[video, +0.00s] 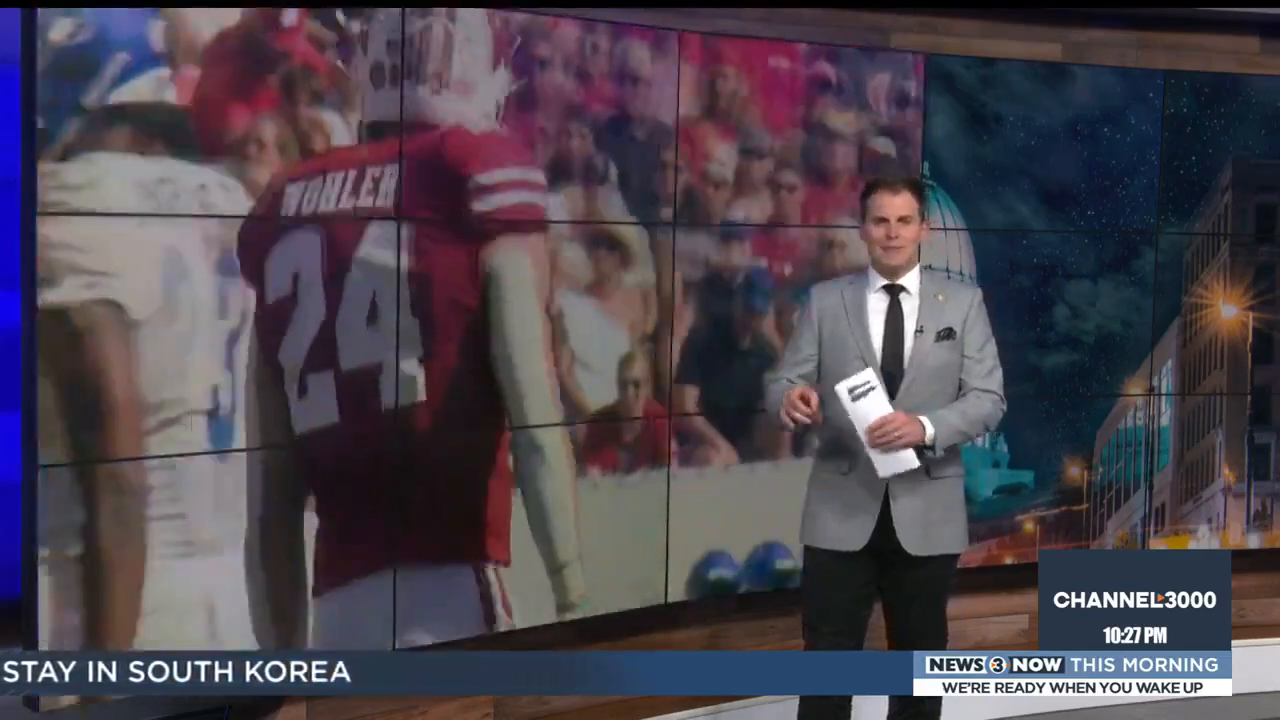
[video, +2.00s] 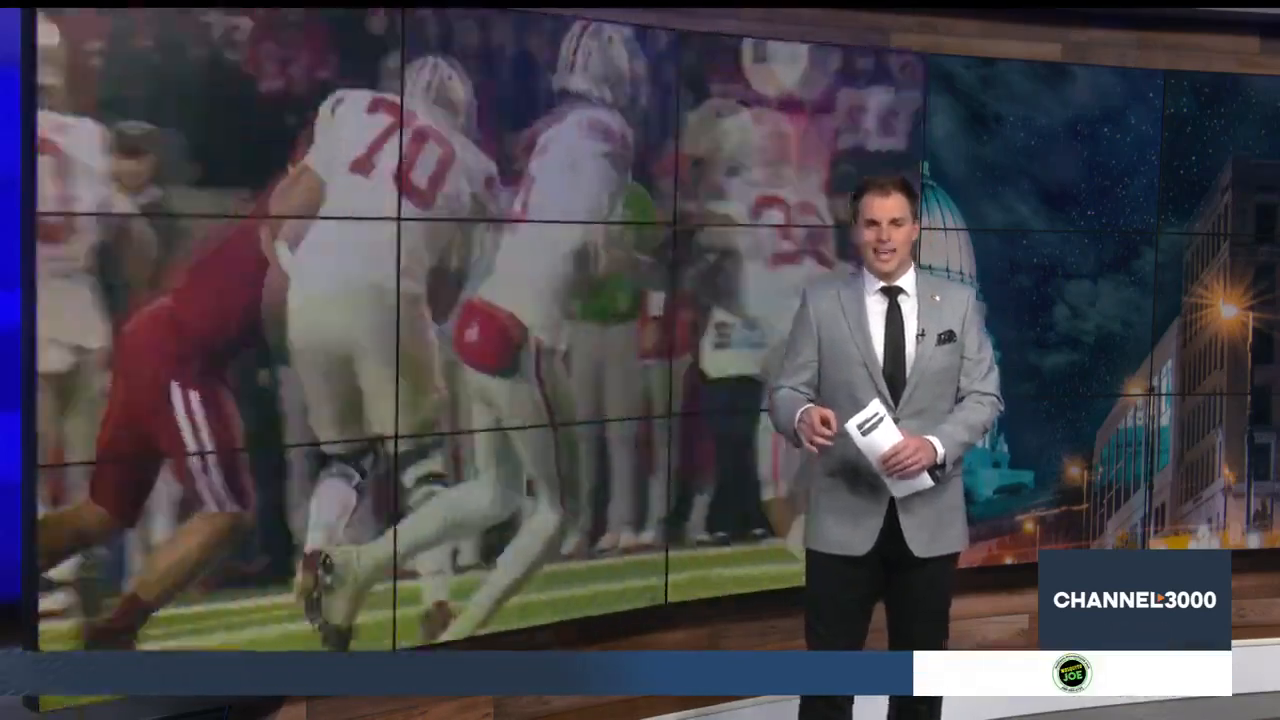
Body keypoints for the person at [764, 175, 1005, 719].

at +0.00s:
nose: (891, 232)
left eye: (904, 221)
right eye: (879, 221)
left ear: (923, 228)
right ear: (863, 229)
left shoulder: (962, 300)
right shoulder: (825, 300)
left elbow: (988, 399)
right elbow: (782, 379)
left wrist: (926, 426)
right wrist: (790, 398)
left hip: (926, 509)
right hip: (840, 508)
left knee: (921, 668)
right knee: (827, 667)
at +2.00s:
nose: (883, 236)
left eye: (896, 223)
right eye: (871, 224)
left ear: (916, 229)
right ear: (855, 230)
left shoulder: (959, 302)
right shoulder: (821, 302)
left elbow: (983, 399)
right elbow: (786, 392)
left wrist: (937, 444)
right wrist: (800, 415)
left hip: (928, 515)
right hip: (842, 515)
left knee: (922, 673)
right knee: (828, 673)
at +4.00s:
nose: (906, 233)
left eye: (919, 221)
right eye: (895, 220)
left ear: (937, 230)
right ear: (877, 228)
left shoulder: (972, 305)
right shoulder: (839, 301)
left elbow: (995, 402)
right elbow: (799, 378)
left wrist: (963, 457)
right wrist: (789, 398)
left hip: (938, 514)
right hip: (852, 512)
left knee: (928, 673)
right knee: (836, 671)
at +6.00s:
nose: (905, 236)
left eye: (916, 223)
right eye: (892, 223)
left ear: (932, 230)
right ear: (871, 231)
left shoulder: (971, 304)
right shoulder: (833, 304)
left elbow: (997, 402)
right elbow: (796, 394)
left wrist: (957, 465)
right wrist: (857, 429)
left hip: (939, 518)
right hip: (853, 515)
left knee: (929, 675)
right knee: (836, 673)